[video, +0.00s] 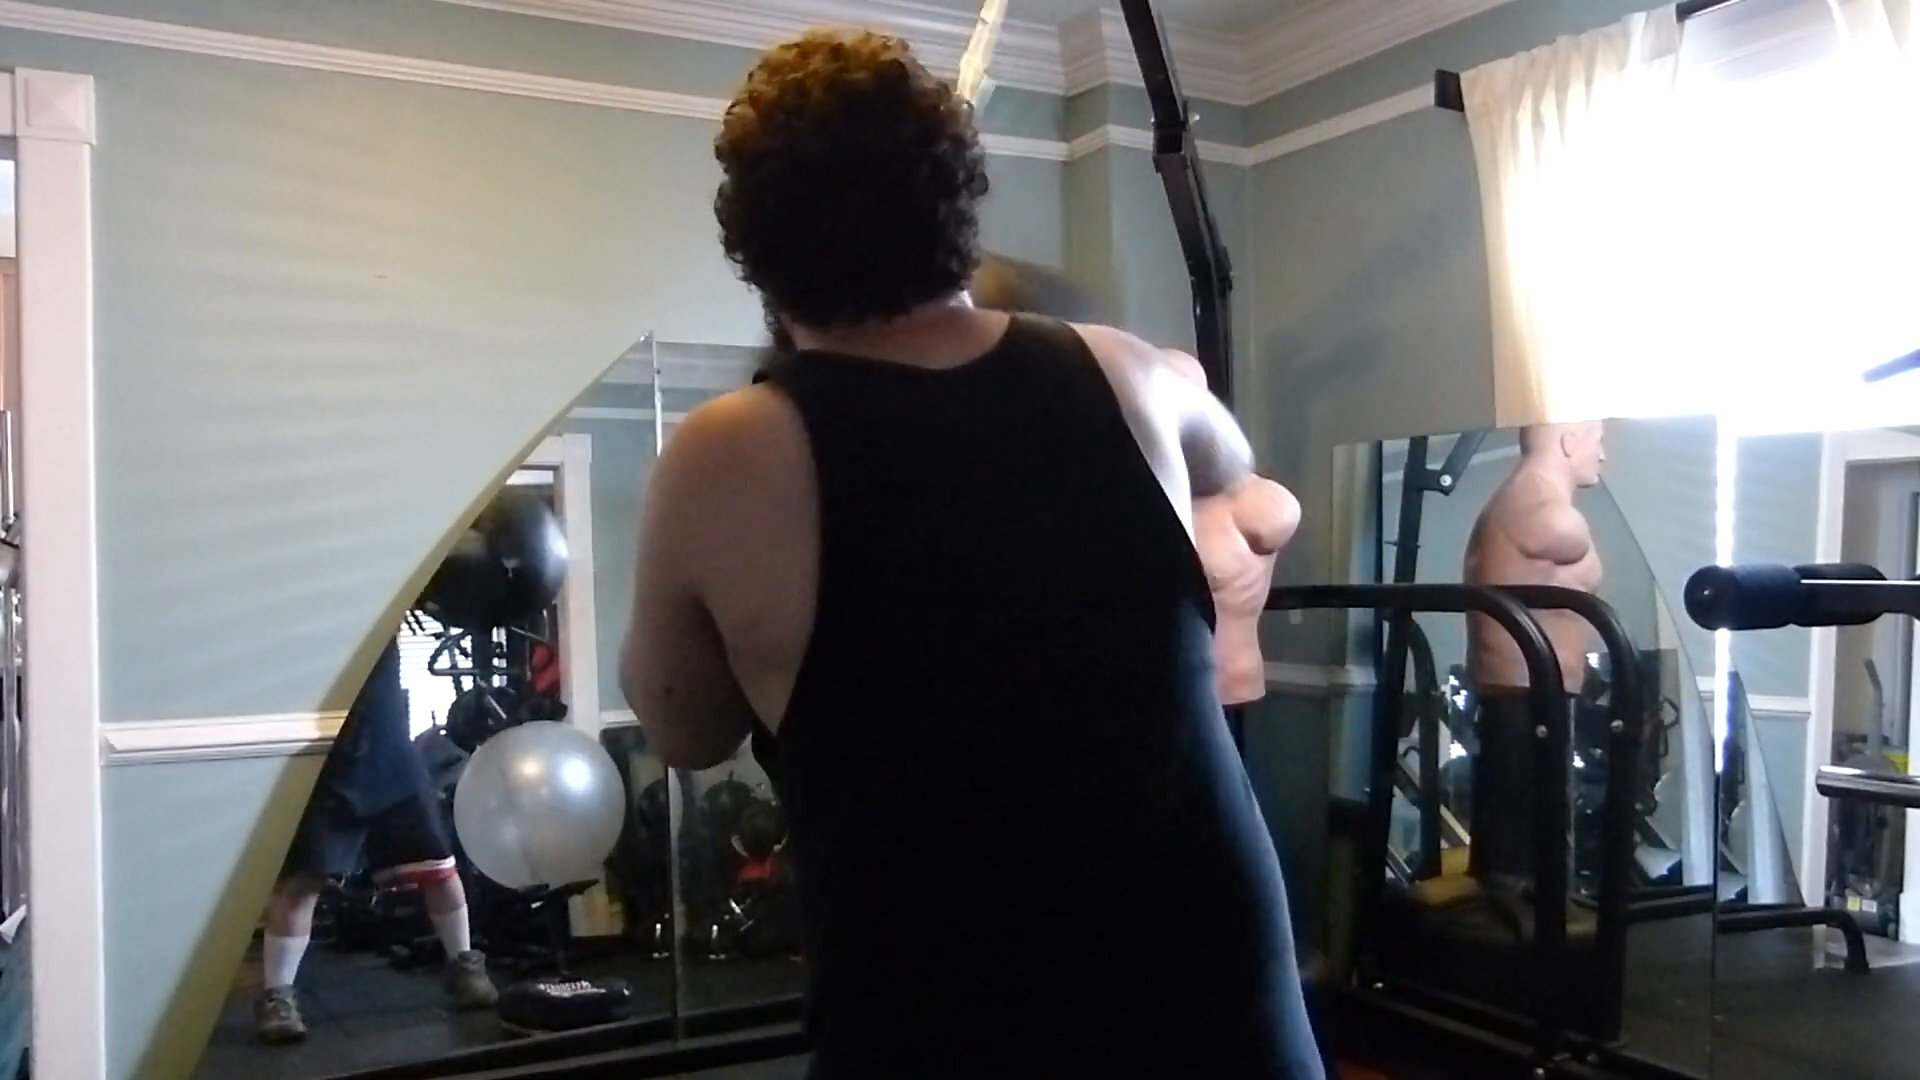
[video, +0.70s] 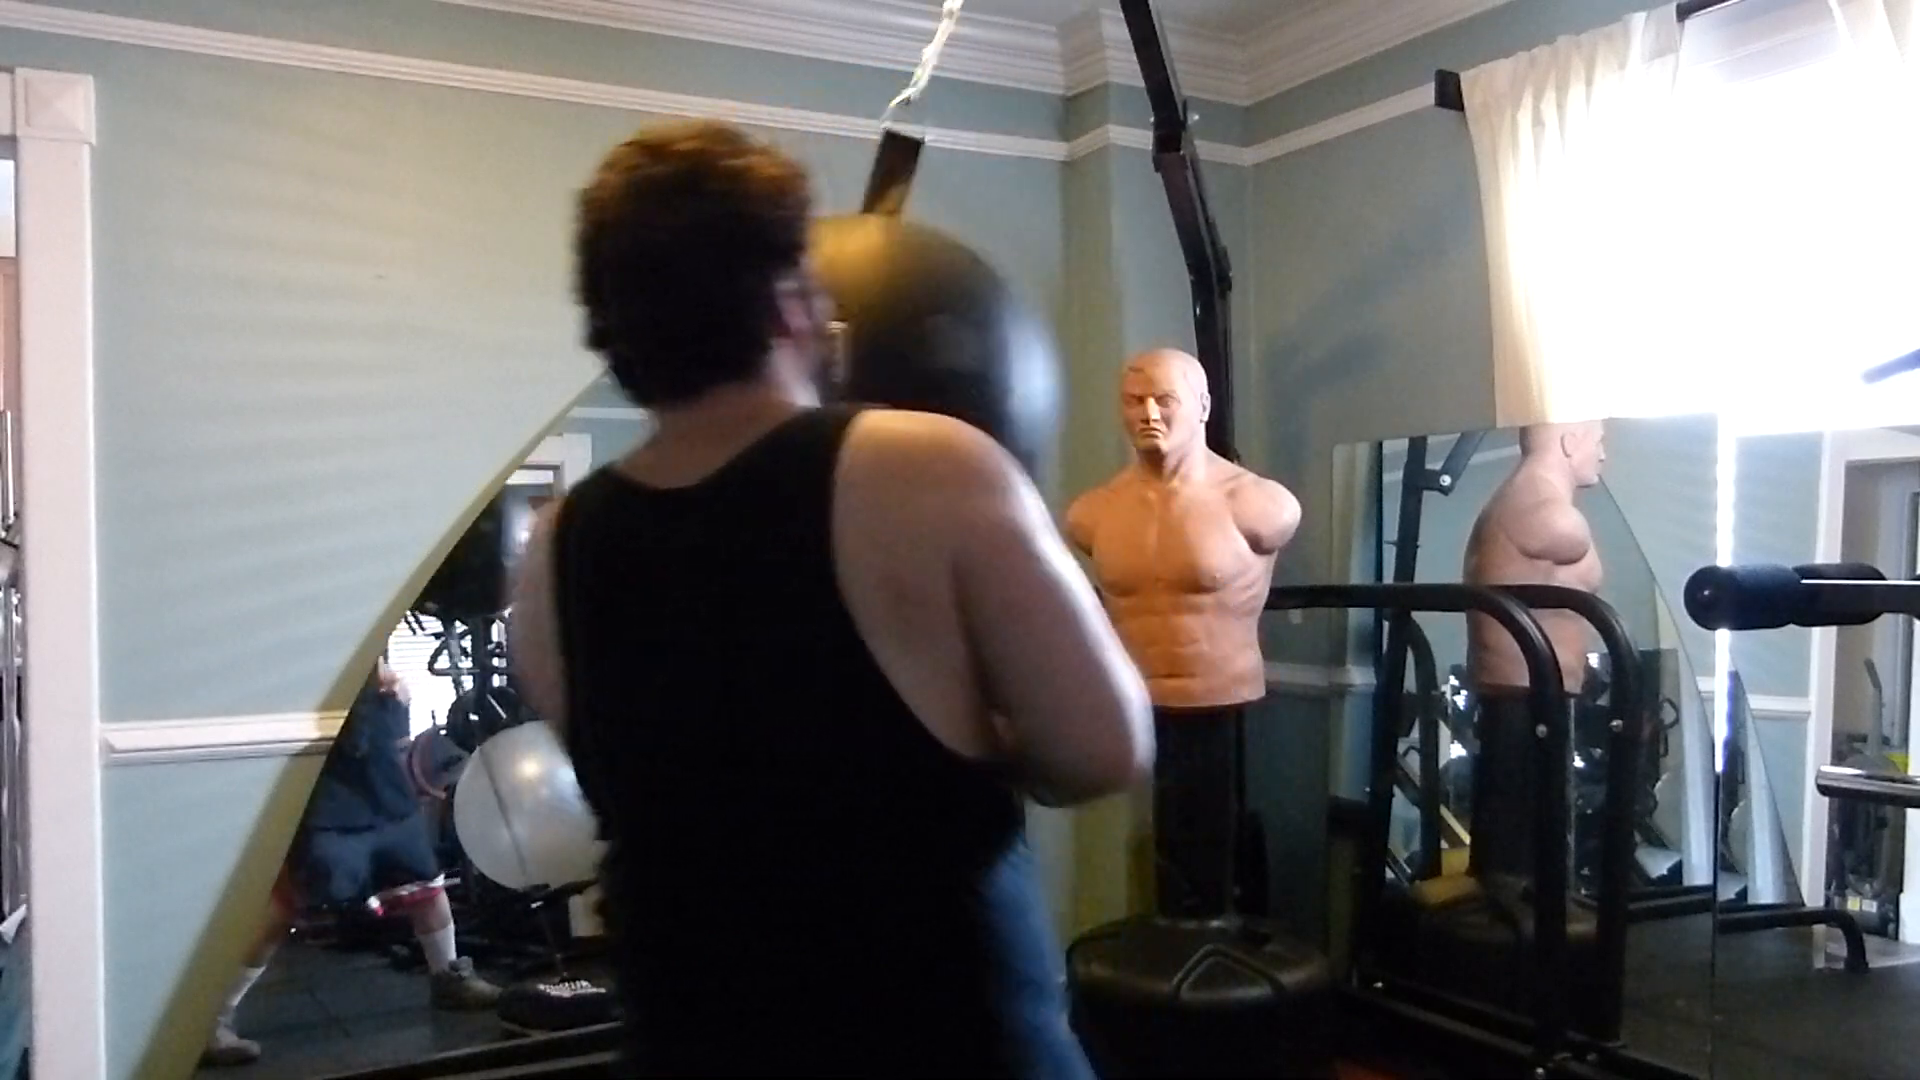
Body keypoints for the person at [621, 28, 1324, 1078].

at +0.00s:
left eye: (742, 208)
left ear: (753, 242)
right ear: (963, 202)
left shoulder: (722, 458)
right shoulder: (1136, 375)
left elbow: (685, 730)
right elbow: (1250, 503)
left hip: (919, 1014)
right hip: (1211, 998)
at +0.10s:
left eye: (745, 213)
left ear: (763, 238)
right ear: (970, 197)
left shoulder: (732, 448)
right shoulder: (1135, 374)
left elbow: (675, 716)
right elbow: (1223, 575)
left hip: (908, 985)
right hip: (1196, 971)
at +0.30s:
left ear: (859, 236)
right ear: (1068, 223)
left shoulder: (784, 453)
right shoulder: (1208, 428)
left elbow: (848, 697)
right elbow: (1370, 708)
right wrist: (1187, 690)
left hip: (874, 1030)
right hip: (1159, 1033)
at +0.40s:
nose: (1086, 246)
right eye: (1078, 219)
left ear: (860, 256)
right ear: (1065, 244)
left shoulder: (828, 450)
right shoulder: (1151, 445)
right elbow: (1354, 741)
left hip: (863, 1024)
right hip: (1119, 1032)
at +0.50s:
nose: (1044, 258)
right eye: (1037, 233)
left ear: (823, 271)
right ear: (1017, 261)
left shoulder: (786, 473)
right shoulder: (1096, 452)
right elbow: (1310, 749)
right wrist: (1204, 512)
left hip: (834, 1022)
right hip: (1084, 1030)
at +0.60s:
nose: (954, 278)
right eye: (944, 255)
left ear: (733, 296)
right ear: (924, 284)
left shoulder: (697, 507)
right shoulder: (1011, 462)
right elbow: (1228, 750)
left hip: (785, 1029)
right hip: (1033, 1031)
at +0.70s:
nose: (826, 298)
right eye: (812, 270)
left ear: (612, 324)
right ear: (788, 300)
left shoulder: (559, 550)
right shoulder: (938, 471)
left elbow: (608, 768)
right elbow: (1105, 749)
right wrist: (956, 731)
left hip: (696, 1033)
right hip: (951, 1024)